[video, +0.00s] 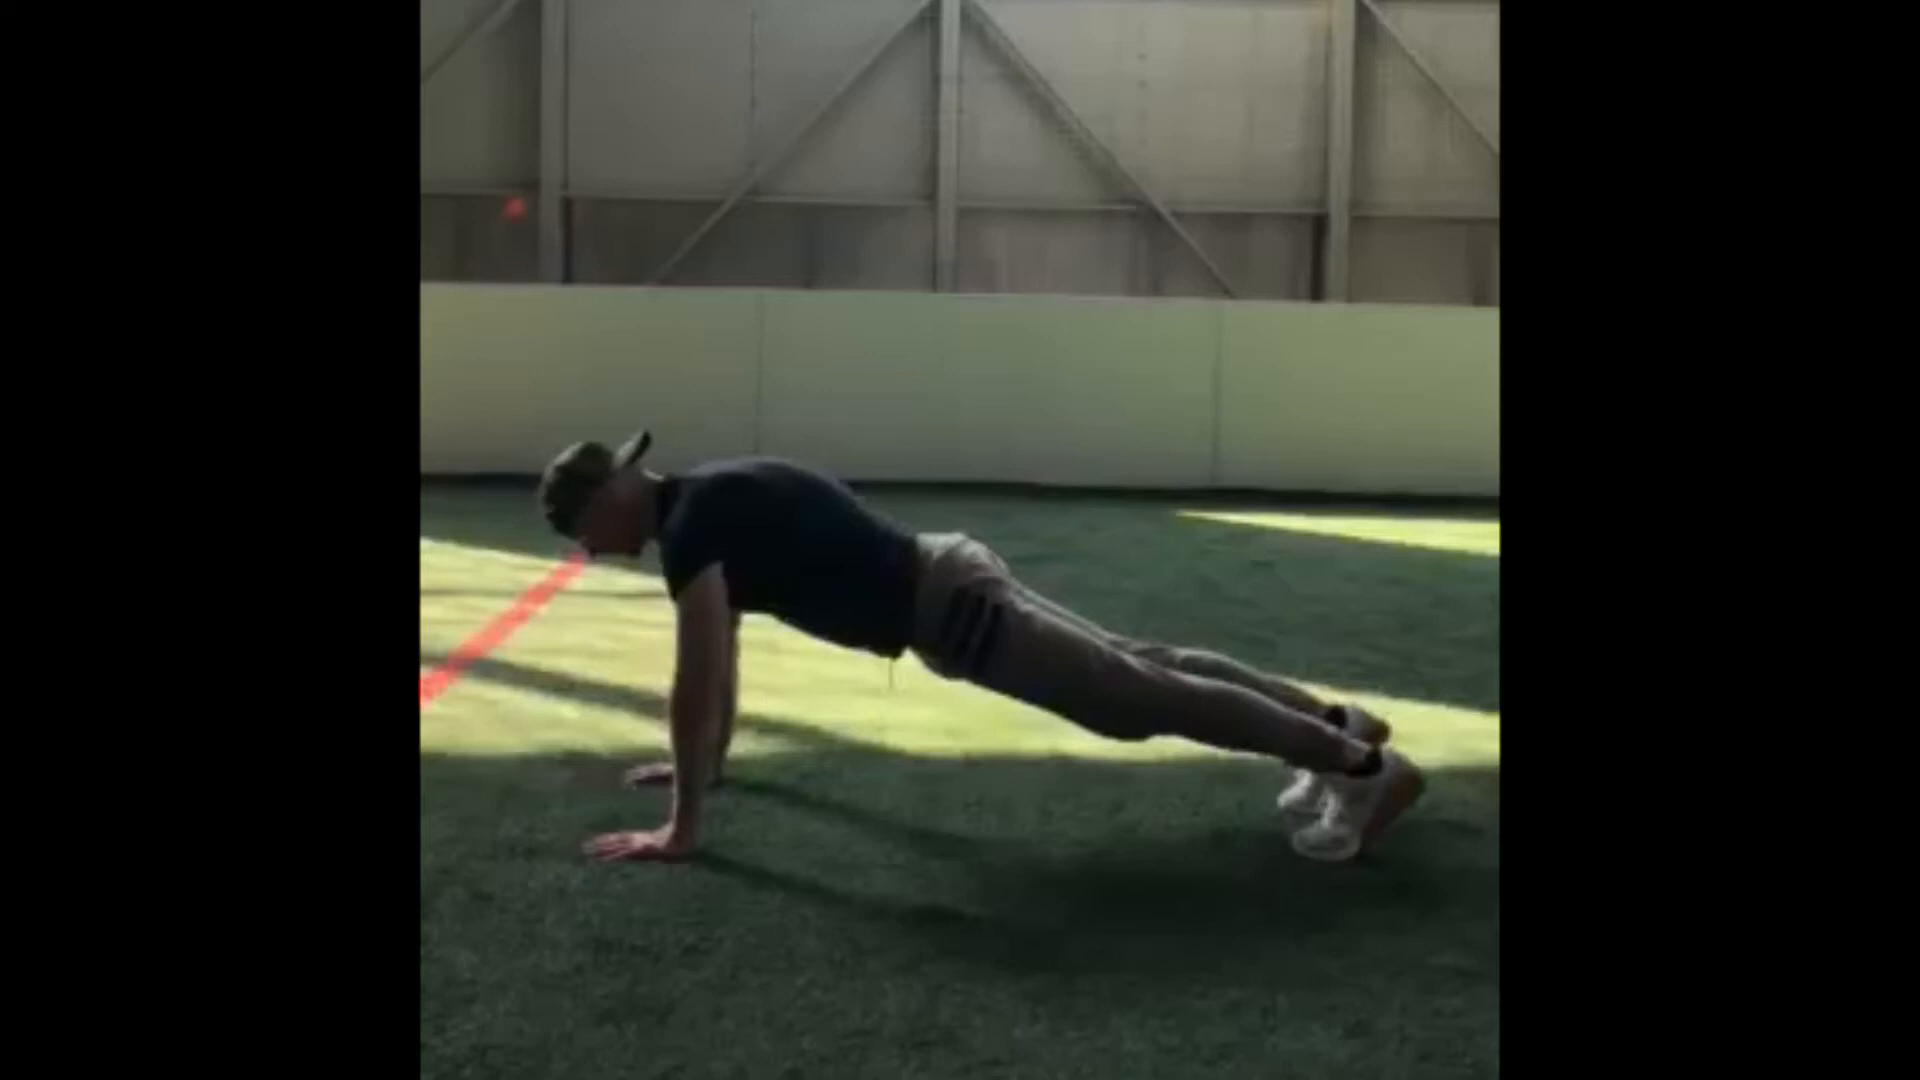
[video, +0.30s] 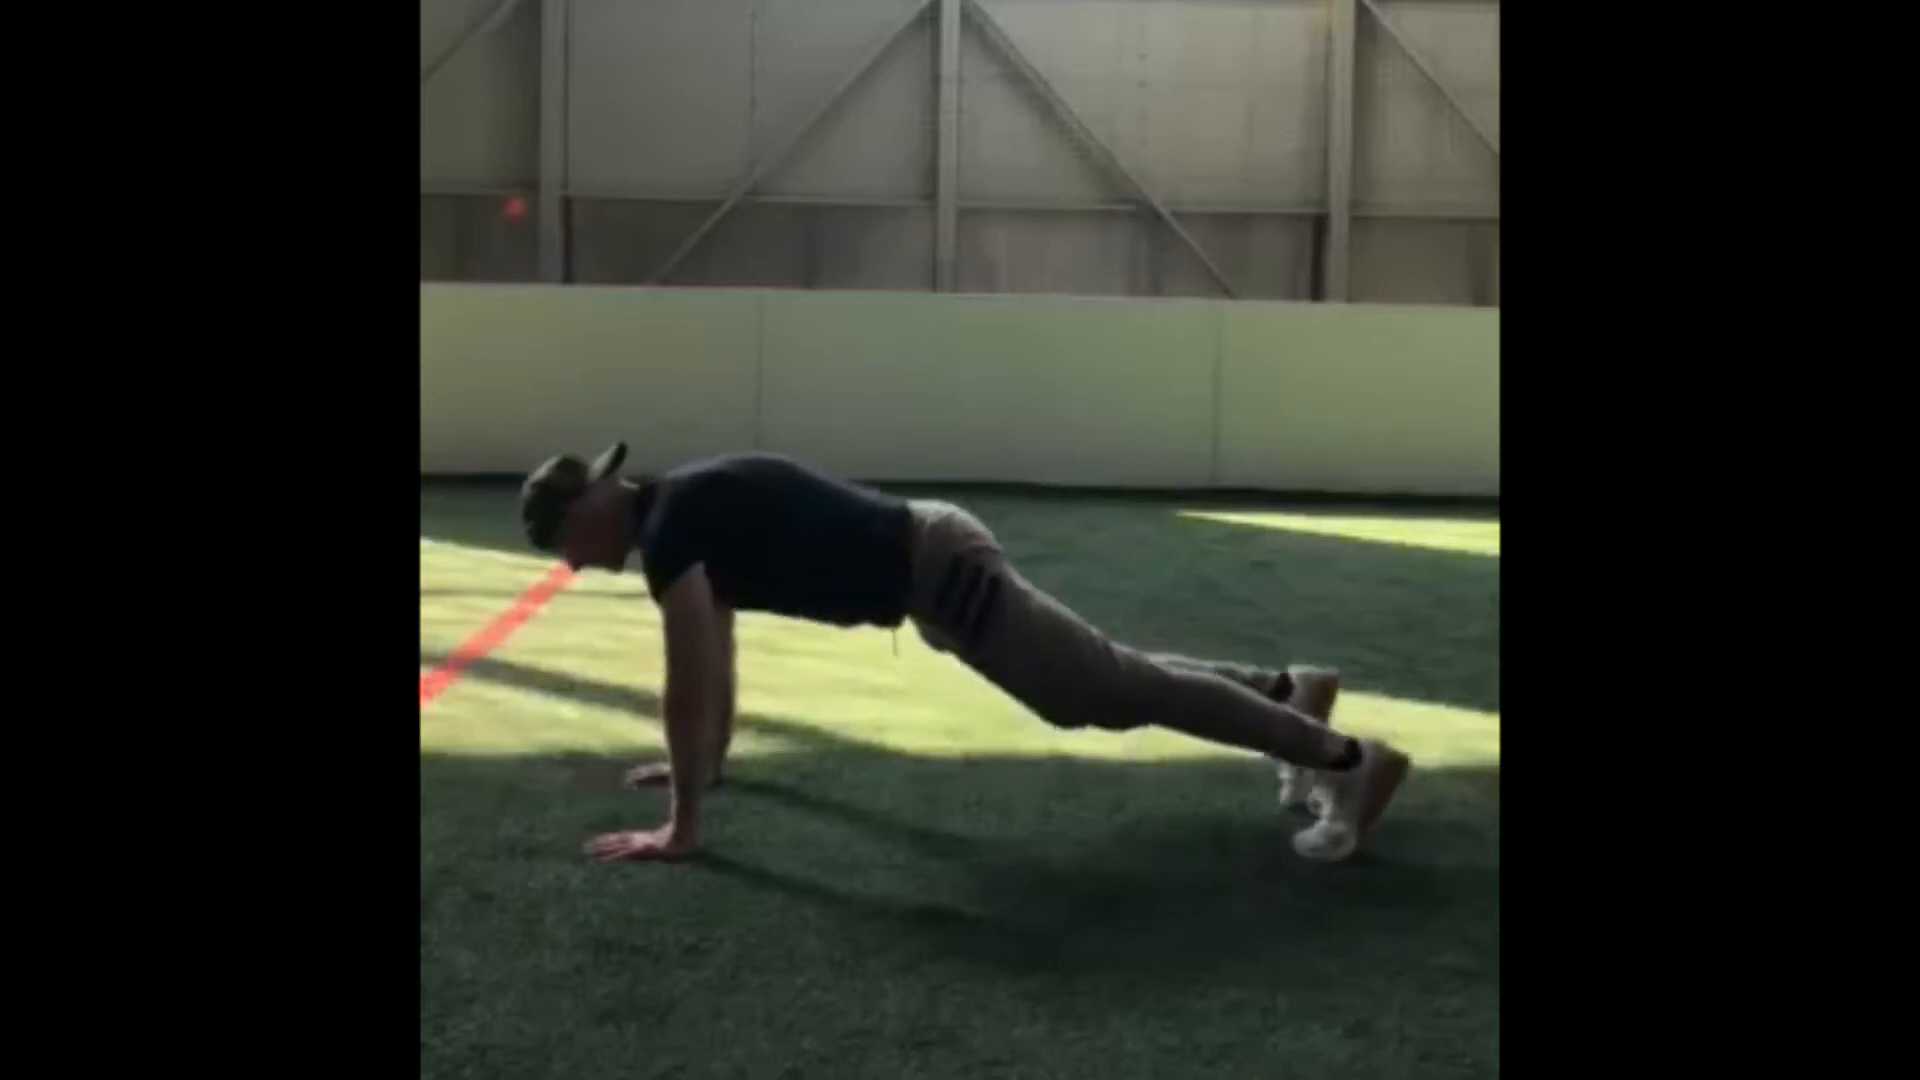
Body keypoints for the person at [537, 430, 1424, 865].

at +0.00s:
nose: (601, 556)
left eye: (594, 538)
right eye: (589, 545)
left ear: (617, 497)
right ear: (625, 489)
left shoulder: (691, 524)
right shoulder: (707, 503)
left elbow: (698, 686)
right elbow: (718, 675)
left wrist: (681, 826)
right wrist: (693, 773)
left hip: (952, 612)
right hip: (959, 580)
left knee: (1141, 707)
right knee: (1141, 668)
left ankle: (1366, 771)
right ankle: (1336, 727)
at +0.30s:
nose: (583, 568)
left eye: (576, 550)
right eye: (571, 557)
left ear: (598, 506)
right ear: (605, 500)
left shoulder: (670, 530)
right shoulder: (684, 512)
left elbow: (693, 684)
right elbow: (712, 672)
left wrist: (682, 823)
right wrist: (693, 769)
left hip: (944, 572)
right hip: (937, 559)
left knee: (1111, 691)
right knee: (1100, 680)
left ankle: (1348, 765)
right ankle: (1287, 698)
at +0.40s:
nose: (576, 569)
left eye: (569, 551)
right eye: (564, 558)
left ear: (593, 506)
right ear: (601, 502)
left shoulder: (662, 532)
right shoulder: (683, 519)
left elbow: (686, 692)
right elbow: (715, 676)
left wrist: (681, 827)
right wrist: (691, 770)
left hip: (934, 529)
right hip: (917, 538)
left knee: (1116, 669)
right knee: (947, 683)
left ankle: (1336, 755)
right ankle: (1142, 661)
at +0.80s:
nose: (586, 558)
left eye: (578, 545)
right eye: (576, 546)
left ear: (591, 510)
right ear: (609, 482)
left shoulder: (659, 534)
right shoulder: (696, 479)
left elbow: (681, 695)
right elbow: (714, 648)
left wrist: (680, 831)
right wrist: (695, 756)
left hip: (909, 579)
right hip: (916, 521)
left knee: (1083, 716)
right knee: (742, 535)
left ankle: (1318, 761)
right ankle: (789, 729)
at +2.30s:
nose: (584, 560)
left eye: (575, 544)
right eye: (572, 549)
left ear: (597, 503)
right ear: (610, 486)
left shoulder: (663, 531)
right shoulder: (691, 501)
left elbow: (683, 684)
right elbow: (723, 661)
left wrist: (679, 830)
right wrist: (704, 758)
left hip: (933, 604)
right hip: (950, 557)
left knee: (1078, 754)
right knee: (1115, 673)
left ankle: (1309, 767)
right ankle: (1311, 729)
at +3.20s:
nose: (572, 561)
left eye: (563, 545)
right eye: (561, 549)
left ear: (579, 510)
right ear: (596, 487)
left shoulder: (649, 531)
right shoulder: (674, 509)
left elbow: (674, 689)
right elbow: (710, 660)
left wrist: (678, 828)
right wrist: (699, 761)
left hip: (922, 542)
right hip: (913, 533)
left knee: (1117, 675)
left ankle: (1329, 764)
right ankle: (1154, 648)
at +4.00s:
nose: (572, 554)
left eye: (564, 538)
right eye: (560, 544)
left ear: (591, 502)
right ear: (603, 488)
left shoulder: (662, 532)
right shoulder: (674, 500)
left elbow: (680, 683)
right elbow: (699, 661)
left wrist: (678, 825)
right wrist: (688, 760)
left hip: (894, 551)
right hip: (932, 543)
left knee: (697, 591)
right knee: (1080, 680)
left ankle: (782, 820)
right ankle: (1295, 733)